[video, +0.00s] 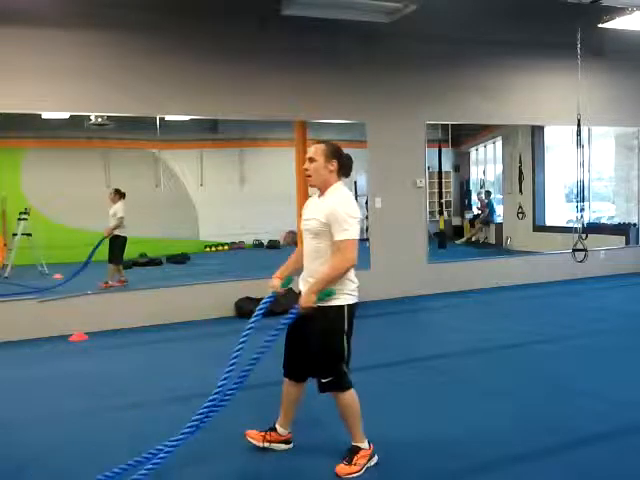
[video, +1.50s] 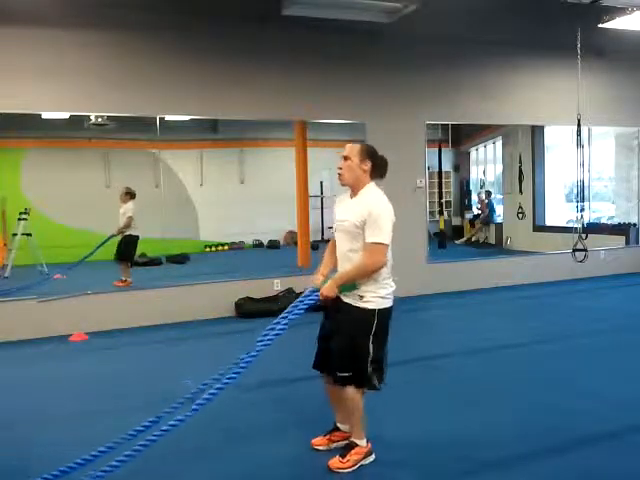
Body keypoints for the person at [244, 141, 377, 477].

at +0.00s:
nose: (305, 167)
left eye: (312, 161)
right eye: (305, 161)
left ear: (332, 167)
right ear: (317, 168)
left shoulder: (342, 202)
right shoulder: (314, 202)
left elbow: (347, 258)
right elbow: (306, 250)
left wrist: (314, 288)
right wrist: (282, 274)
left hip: (336, 302)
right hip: (309, 300)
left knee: (335, 377)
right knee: (295, 370)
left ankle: (361, 447)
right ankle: (281, 432)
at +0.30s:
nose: (329, 161)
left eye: (335, 156)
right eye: (329, 156)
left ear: (356, 159)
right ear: (345, 160)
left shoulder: (368, 191)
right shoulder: (336, 194)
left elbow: (391, 226)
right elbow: (327, 221)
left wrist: (361, 244)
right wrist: (303, 229)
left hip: (359, 298)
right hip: (332, 293)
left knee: (360, 375)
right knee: (330, 364)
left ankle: (365, 446)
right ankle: (337, 421)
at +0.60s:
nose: (329, 167)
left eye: (334, 161)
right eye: (328, 161)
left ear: (355, 163)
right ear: (344, 164)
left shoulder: (372, 199)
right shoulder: (342, 196)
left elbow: (378, 252)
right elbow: (334, 237)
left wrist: (353, 279)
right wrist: (308, 254)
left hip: (369, 297)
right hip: (342, 293)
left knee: (367, 374)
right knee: (346, 366)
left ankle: (366, 446)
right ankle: (349, 424)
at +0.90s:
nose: (335, 162)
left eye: (341, 156)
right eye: (335, 157)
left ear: (361, 159)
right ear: (350, 161)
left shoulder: (370, 194)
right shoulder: (347, 193)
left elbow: (367, 248)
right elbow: (340, 242)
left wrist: (336, 282)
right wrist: (316, 270)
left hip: (364, 293)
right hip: (343, 290)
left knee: (355, 368)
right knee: (344, 365)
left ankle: (362, 442)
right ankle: (350, 426)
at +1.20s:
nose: (341, 159)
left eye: (347, 154)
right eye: (341, 154)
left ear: (367, 158)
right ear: (351, 160)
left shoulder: (380, 194)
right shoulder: (345, 194)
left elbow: (377, 250)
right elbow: (336, 239)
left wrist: (341, 277)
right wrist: (316, 270)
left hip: (366, 297)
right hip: (339, 293)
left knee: (360, 374)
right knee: (335, 366)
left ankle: (362, 444)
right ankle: (345, 423)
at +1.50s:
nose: (339, 164)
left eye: (346, 159)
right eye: (340, 159)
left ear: (366, 166)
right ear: (353, 167)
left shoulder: (378, 204)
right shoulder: (343, 201)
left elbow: (375, 260)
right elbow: (337, 242)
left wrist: (336, 282)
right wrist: (323, 270)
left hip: (368, 303)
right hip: (342, 298)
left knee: (350, 378)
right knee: (329, 370)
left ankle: (361, 444)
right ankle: (344, 429)